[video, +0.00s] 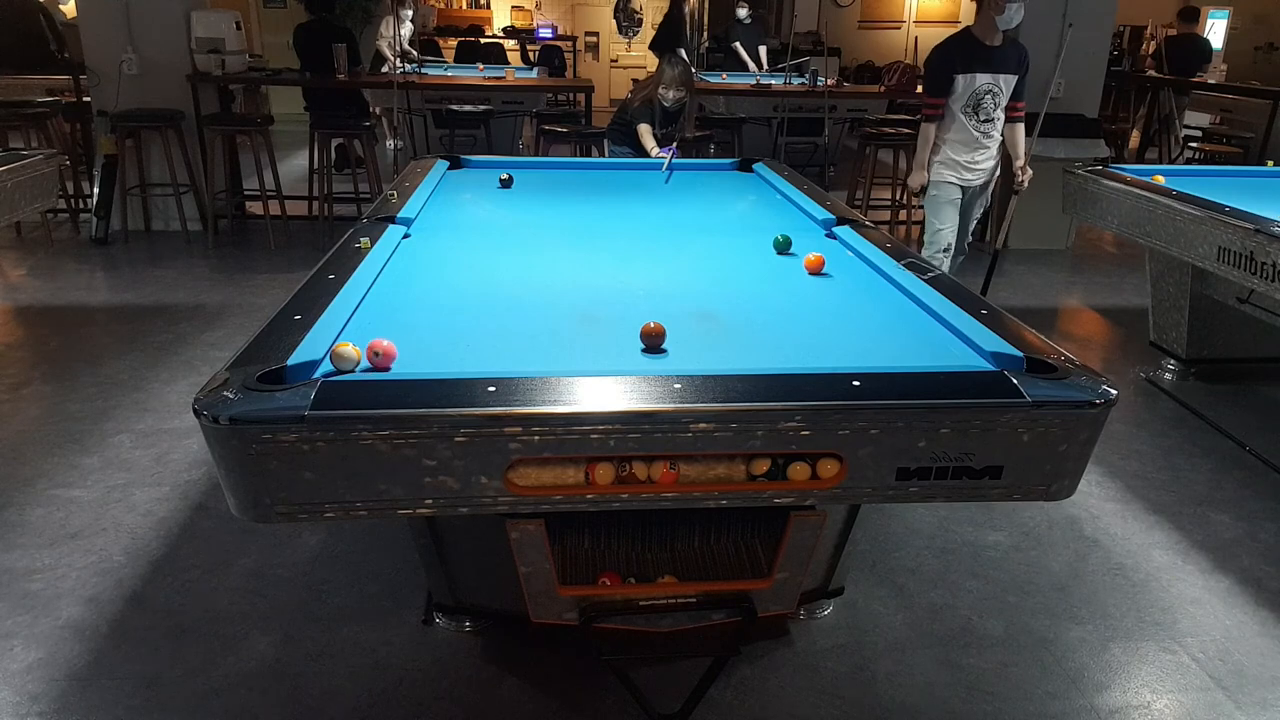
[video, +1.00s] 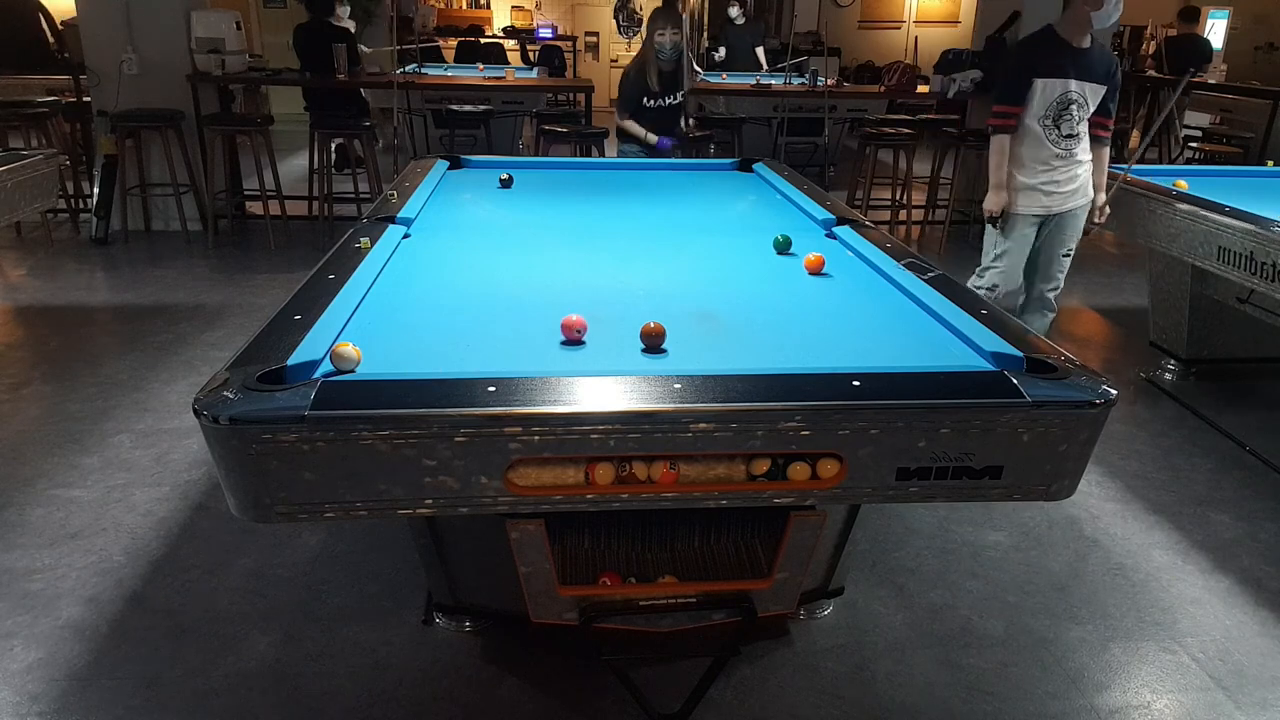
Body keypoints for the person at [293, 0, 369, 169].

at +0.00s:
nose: (302, 7)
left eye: (304, 5)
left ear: (307, 7)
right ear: (333, 7)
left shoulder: (300, 31)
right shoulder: (343, 31)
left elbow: (306, 64)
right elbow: (358, 72)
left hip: (315, 102)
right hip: (347, 103)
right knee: (362, 107)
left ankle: (352, 152)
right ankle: (345, 148)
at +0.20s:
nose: (302, 8)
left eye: (304, 5)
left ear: (307, 7)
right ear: (333, 7)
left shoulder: (300, 31)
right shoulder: (343, 31)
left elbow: (305, 64)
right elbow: (357, 71)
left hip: (315, 103)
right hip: (347, 104)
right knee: (362, 106)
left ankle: (351, 151)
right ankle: (345, 149)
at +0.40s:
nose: (302, 7)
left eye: (304, 5)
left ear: (307, 7)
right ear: (333, 7)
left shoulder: (300, 31)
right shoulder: (344, 31)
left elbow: (305, 63)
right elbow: (356, 69)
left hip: (315, 103)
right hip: (347, 103)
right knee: (362, 106)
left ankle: (352, 151)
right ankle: (345, 149)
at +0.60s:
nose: (302, 7)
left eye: (304, 5)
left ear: (307, 7)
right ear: (333, 7)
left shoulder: (300, 31)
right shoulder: (343, 32)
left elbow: (305, 63)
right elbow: (356, 69)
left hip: (315, 103)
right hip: (346, 103)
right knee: (363, 107)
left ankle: (351, 151)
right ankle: (345, 149)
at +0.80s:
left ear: (308, 8)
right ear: (335, 8)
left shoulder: (300, 31)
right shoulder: (344, 33)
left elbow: (305, 64)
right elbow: (355, 70)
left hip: (314, 102)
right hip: (346, 102)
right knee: (362, 107)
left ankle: (351, 150)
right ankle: (343, 147)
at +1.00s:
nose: (340, 9)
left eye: (340, 5)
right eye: (338, 5)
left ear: (308, 7)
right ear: (333, 7)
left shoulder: (299, 31)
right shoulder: (344, 34)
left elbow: (306, 63)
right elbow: (356, 72)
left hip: (314, 102)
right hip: (345, 103)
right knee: (362, 105)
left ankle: (349, 150)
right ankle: (344, 148)